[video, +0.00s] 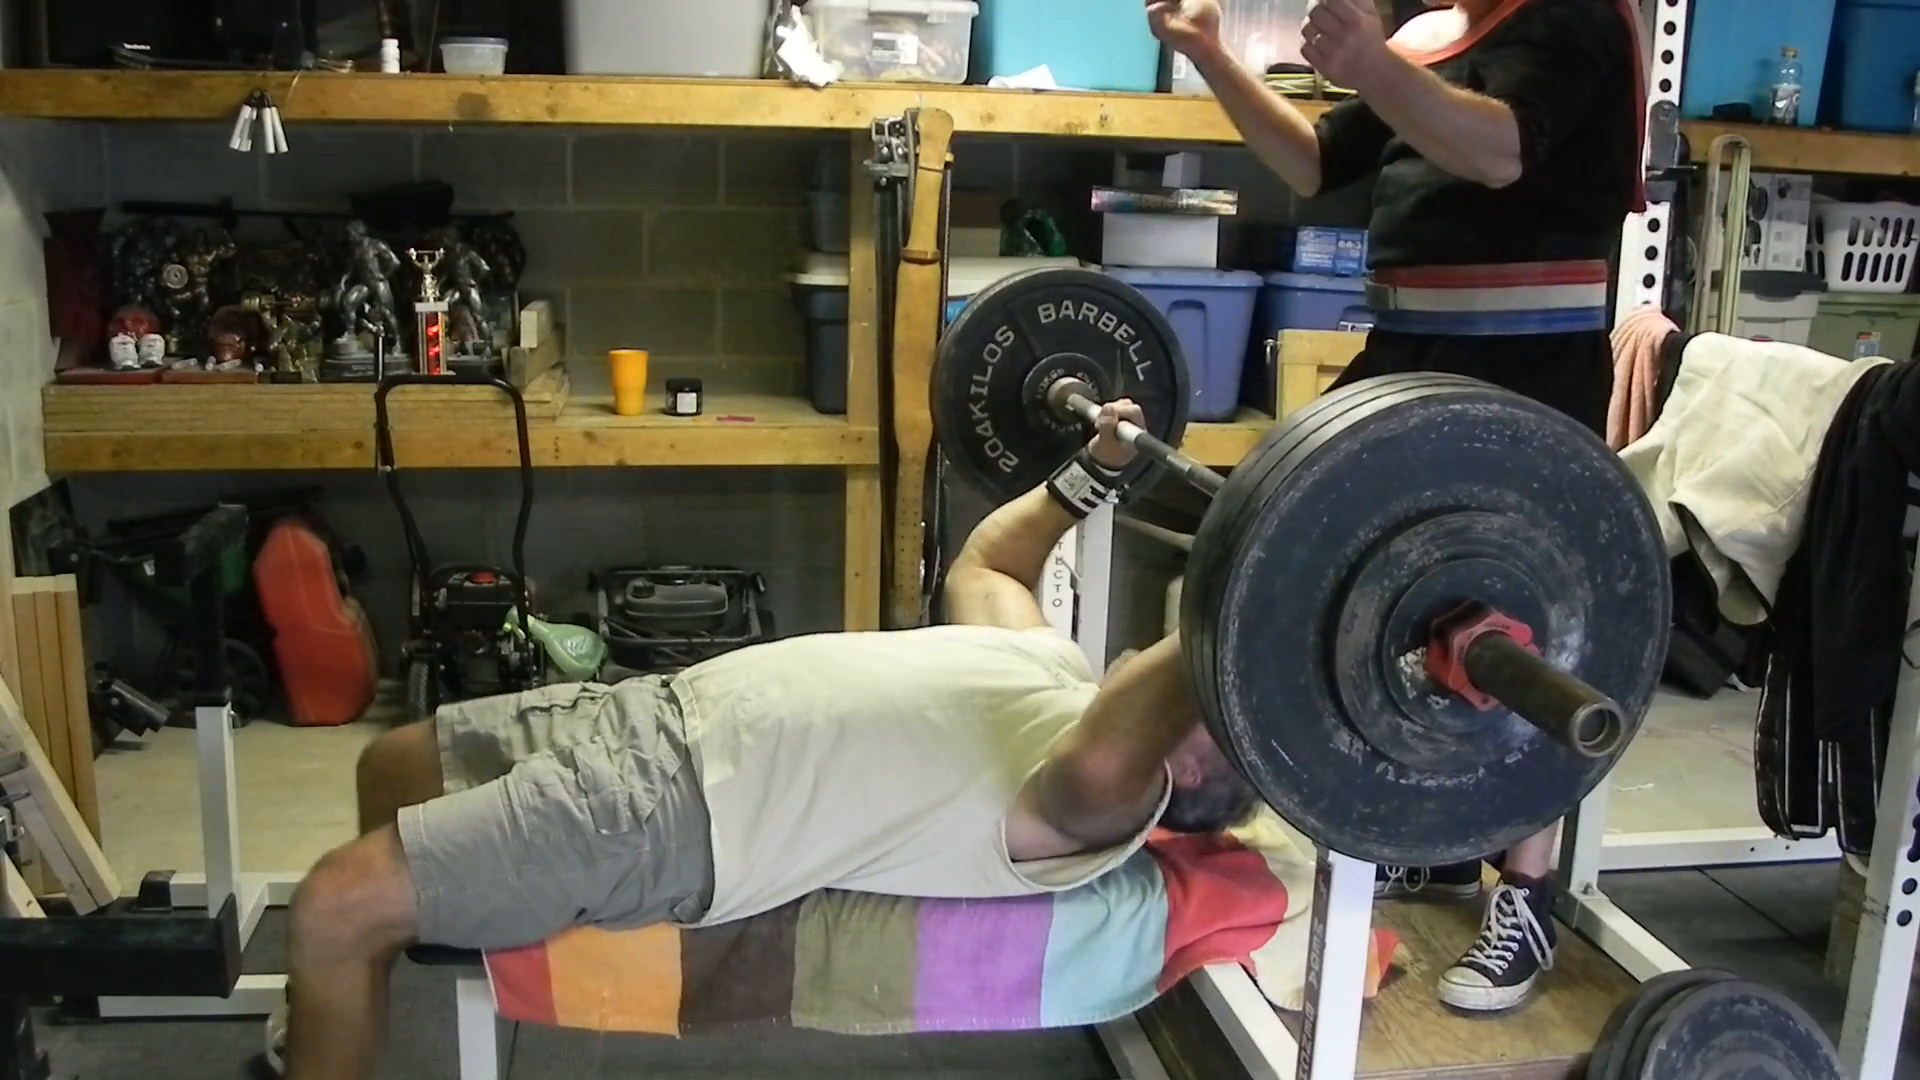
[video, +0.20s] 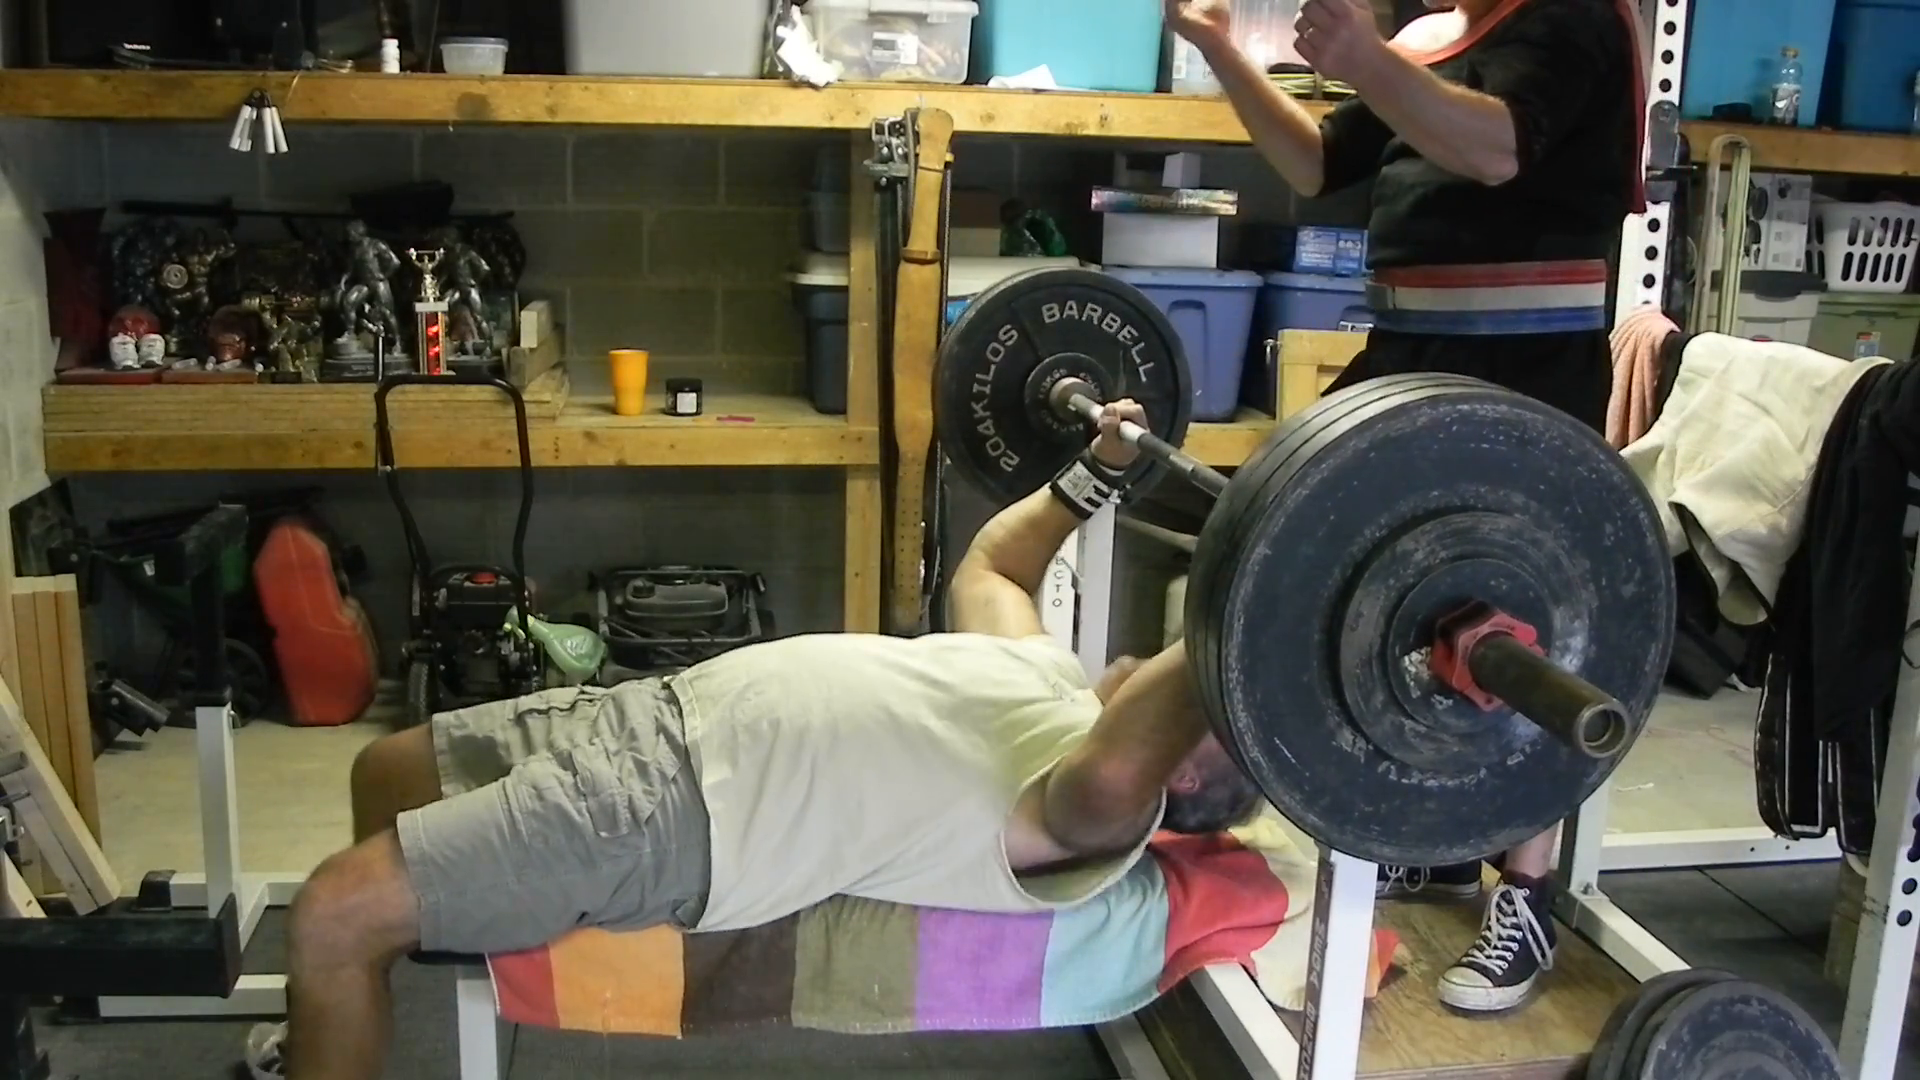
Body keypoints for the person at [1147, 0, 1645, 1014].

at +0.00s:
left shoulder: (1576, 18)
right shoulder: (1428, 38)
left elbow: (1503, 148)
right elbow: (1314, 164)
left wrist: (1372, 64)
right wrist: (1210, 54)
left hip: (1536, 374)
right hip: (1405, 363)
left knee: (1528, 630)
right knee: (1392, 608)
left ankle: (1528, 891)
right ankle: (1431, 831)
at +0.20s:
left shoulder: (1577, 17)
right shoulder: (1431, 40)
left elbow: (1497, 144)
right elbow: (1320, 163)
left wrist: (1356, 49)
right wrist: (1222, 50)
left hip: (1535, 370)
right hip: (1405, 359)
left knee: (1526, 628)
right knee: (1387, 604)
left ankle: (1525, 889)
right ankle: (1422, 829)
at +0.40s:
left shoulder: (1581, 16)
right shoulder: (1429, 38)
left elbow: (1498, 141)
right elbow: (1323, 164)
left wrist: (1354, 46)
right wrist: (1232, 36)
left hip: (1538, 366)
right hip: (1408, 356)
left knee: (1522, 628)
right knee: (1390, 606)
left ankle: (1526, 890)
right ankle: (1429, 834)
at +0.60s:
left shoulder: (1587, 21)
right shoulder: (1440, 49)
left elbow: (1504, 145)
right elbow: (1327, 162)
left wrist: (1370, 43)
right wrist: (1232, 40)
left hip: (1535, 372)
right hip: (1409, 361)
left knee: (1519, 628)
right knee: (1397, 608)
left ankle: (1527, 885)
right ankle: (1432, 833)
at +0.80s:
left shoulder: (1598, 20)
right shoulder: (1448, 27)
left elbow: (1505, 147)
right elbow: (1337, 147)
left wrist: (1367, 36)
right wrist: (1242, 16)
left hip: (1539, 376)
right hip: (1414, 362)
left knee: (1528, 635)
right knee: (1406, 611)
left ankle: (1531, 912)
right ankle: (1432, 837)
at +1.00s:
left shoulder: (1609, 21)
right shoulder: (1456, 29)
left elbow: (1510, 154)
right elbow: (1353, 144)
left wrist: (1374, 38)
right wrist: (1253, 15)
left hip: (1555, 379)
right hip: (1431, 365)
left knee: (1543, 636)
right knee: (1421, 612)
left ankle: (1532, 909)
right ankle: (1439, 841)